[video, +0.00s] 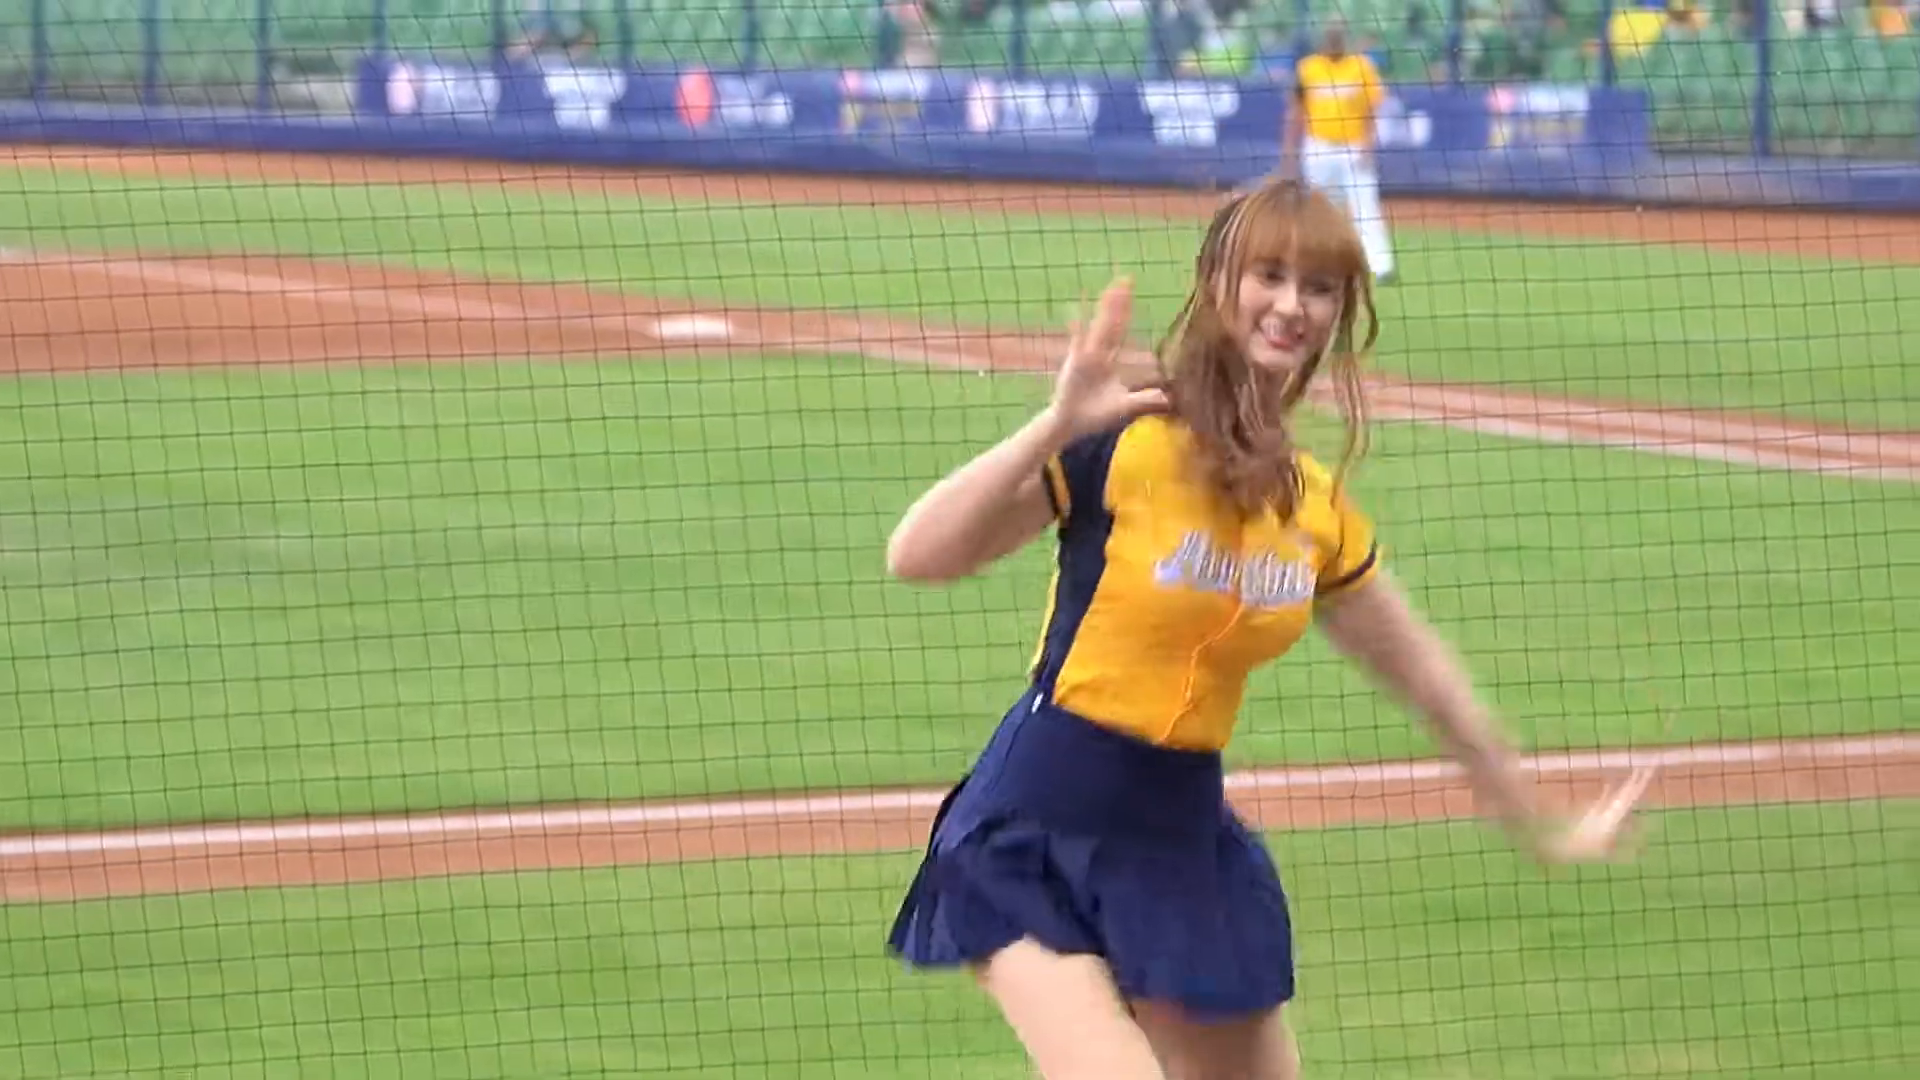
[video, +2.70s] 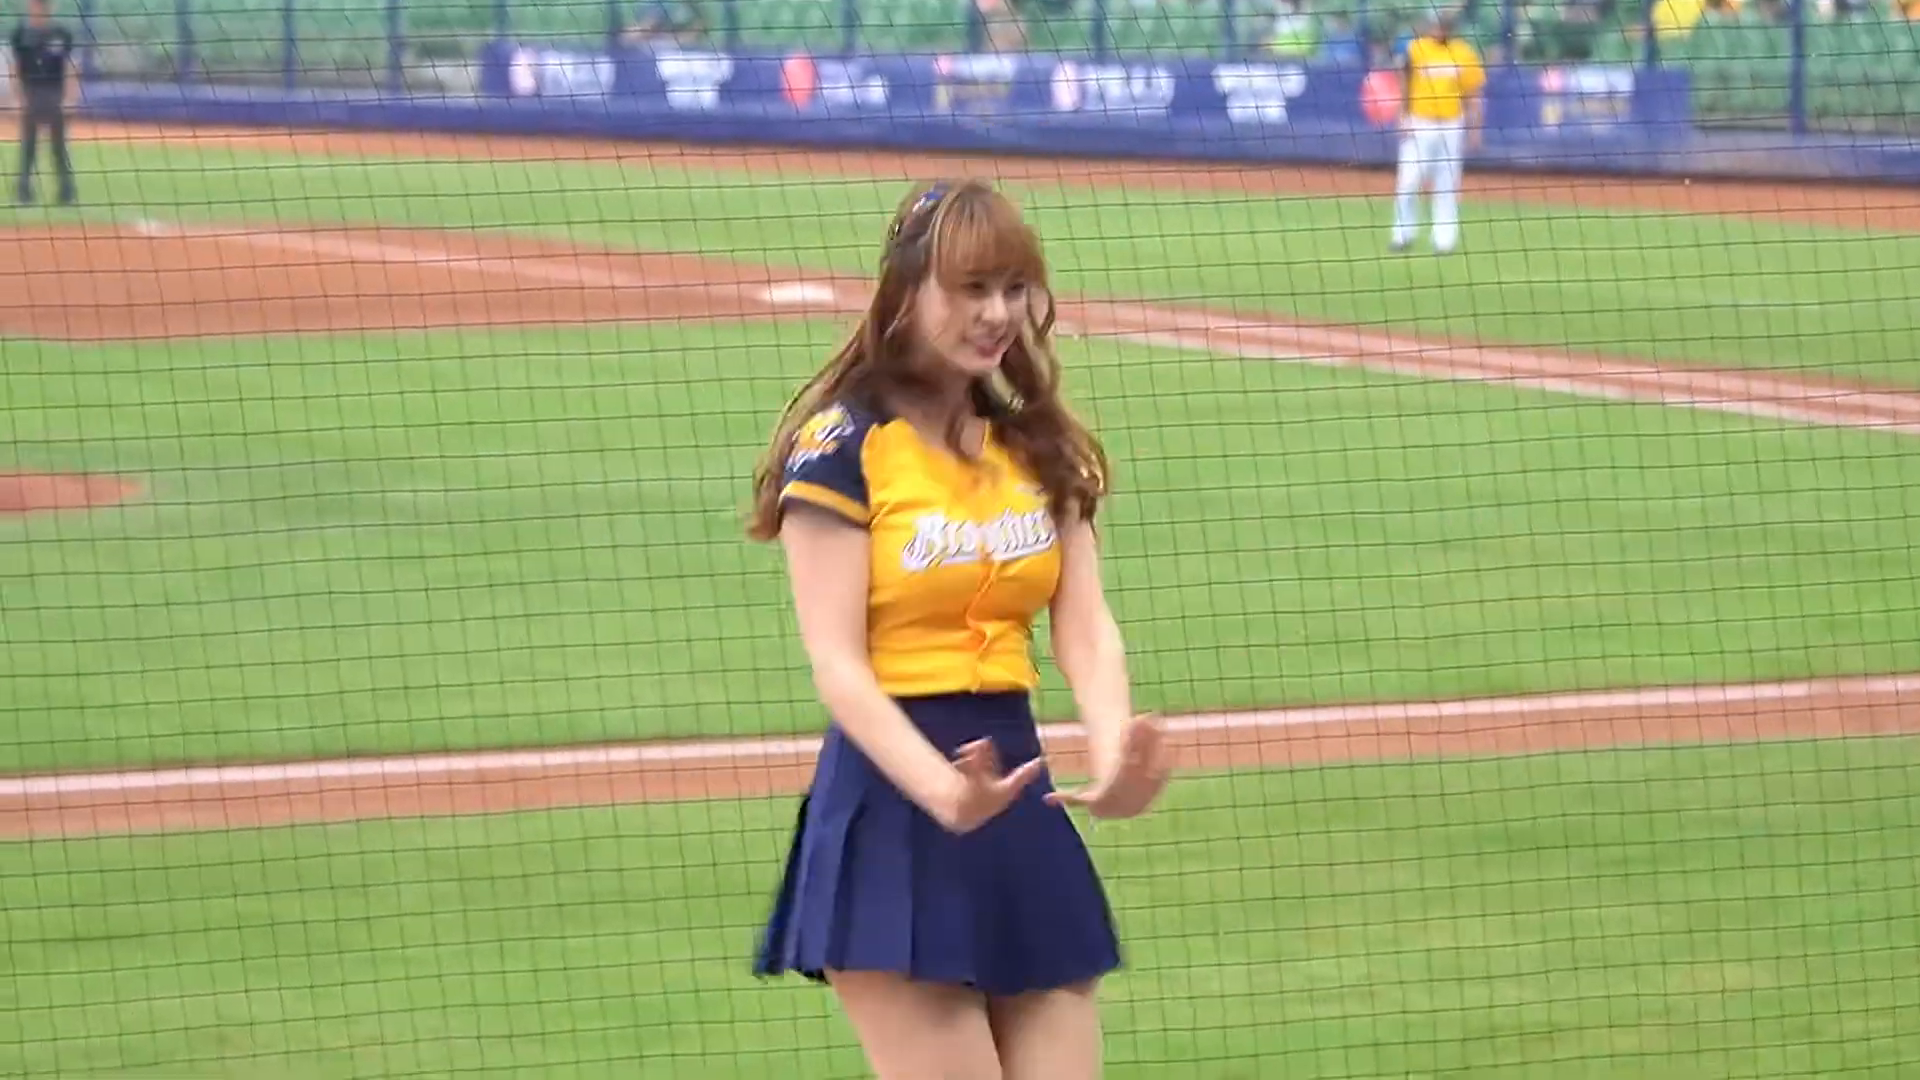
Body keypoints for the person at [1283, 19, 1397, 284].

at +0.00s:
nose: (1334, 44)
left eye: (1338, 38)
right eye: (1330, 38)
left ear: (1345, 40)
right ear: (1323, 40)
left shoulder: (1361, 66)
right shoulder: (1306, 68)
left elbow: (1374, 106)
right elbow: (1295, 112)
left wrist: (1369, 142)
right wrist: (1289, 152)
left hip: (1355, 147)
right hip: (1318, 147)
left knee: (1365, 207)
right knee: (1318, 209)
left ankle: (1379, 263)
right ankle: (1315, 263)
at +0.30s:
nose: (1325, 63)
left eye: (1329, 58)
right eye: (1320, 58)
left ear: (1337, 60)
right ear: (1313, 61)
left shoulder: (1354, 90)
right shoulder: (1298, 91)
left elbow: (1367, 134)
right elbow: (1288, 133)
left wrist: (1368, 170)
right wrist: (1287, 172)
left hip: (1348, 168)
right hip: (1311, 169)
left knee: (1358, 225)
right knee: (1315, 229)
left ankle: (1374, 285)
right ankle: (1325, 288)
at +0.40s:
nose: (1359, 60)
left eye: (1364, 55)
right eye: (1355, 55)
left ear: (1371, 57)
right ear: (1348, 58)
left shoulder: (1387, 86)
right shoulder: (1333, 88)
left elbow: (1403, 128)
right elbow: (1323, 128)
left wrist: (1403, 165)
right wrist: (1324, 165)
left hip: (1383, 164)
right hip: (1346, 165)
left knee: (1393, 223)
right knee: (1351, 227)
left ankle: (1409, 282)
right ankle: (1361, 285)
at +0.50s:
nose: (1397, 62)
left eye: (1401, 56)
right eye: (1393, 56)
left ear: (1408, 58)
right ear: (1386, 59)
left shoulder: (1426, 87)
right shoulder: (1372, 88)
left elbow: (1442, 125)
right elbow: (1362, 129)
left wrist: (1440, 160)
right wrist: (1363, 165)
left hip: (1420, 163)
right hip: (1384, 164)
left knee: (1428, 222)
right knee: (1390, 226)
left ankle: (1439, 275)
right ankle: (1399, 283)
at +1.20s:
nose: (1388, 61)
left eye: (1392, 55)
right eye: (1383, 56)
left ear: (1400, 56)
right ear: (1376, 57)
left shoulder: (1411, 81)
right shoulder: (1358, 80)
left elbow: (1423, 123)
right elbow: (1341, 117)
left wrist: (1421, 160)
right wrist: (1341, 151)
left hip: (1400, 155)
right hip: (1365, 154)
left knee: (1404, 214)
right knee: (1362, 214)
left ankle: (1410, 270)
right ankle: (1361, 269)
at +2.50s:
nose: (1407, 38)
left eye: (1411, 33)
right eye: (1403, 32)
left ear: (1418, 35)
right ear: (1396, 33)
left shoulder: (1428, 60)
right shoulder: (1381, 57)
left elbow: (1436, 101)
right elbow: (1371, 91)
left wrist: (1439, 135)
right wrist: (1370, 123)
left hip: (1418, 132)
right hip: (1385, 131)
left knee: (1413, 189)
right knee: (1375, 187)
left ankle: (1409, 243)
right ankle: (1368, 238)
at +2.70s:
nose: (1441, 31)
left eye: (1446, 26)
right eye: (1437, 25)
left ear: (1452, 27)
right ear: (1429, 25)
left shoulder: (1464, 53)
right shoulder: (1415, 49)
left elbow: (1473, 95)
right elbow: (1404, 82)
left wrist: (1474, 129)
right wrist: (1404, 114)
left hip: (1452, 124)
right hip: (1419, 123)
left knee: (1447, 182)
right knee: (1408, 181)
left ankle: (1445, 235)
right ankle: (1403, 231)